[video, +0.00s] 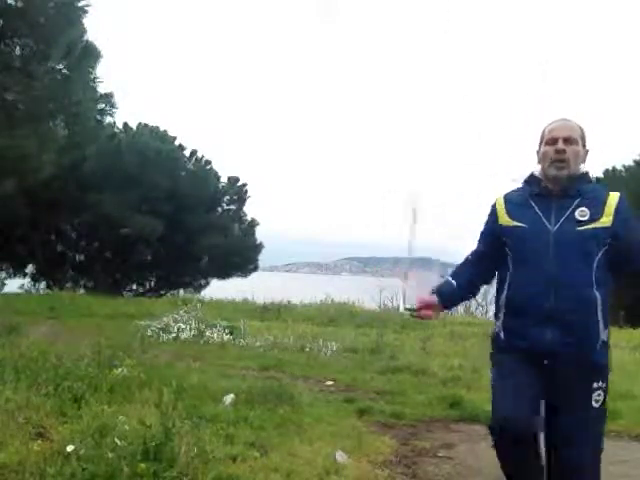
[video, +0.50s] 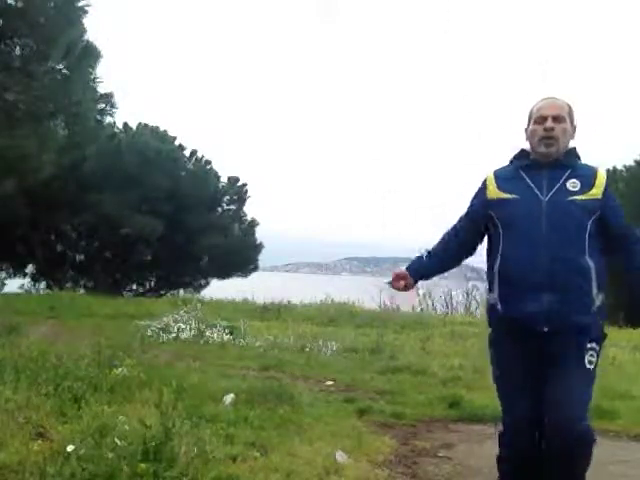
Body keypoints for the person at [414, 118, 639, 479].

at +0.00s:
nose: (559, 148)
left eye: (569, 142)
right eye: (551, 142)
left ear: (584, 154)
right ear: (539, 153)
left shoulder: (611, 206)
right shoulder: (508, 206)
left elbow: (630, 268)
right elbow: (481, 263)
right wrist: (441, 297)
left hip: (581, 353)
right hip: (516, 349)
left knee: (577, 456)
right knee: (510, 429)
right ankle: (527, 476)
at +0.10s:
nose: (552, 127)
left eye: (562, 121)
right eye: (545, 121)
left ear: (577, 131)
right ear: (532, 132)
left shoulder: (604, 181)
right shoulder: (503, 184)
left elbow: (631, 240)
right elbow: (469, 244)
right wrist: (429, 279)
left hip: (579, 330)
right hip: (515, 327)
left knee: (572, 437)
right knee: (520, 425)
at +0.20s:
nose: (544, 135)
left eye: (553, 129)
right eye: (536, 130)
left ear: (569, 139)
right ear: (524, 140)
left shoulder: (599, 188)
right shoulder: (497, 192)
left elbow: (632, 243)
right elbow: (461, 249)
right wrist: (416, 271)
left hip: (577, 334)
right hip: (513, 334)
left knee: (571, 437)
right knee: (521, 435)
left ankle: (565, 471)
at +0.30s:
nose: (538, 159)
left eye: (547, 152)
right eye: (530, 152)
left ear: (562, 164)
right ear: (517, 163)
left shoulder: (592, 212)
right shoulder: (490, 217)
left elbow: (627, 271)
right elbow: (462, 269)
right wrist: (423, 286)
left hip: (575, 356)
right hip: (511, 358)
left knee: (573, 441)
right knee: (516, 456)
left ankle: (568, 473)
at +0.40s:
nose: (542, 137)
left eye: (552, 131)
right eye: (534, 131)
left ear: (566, 142)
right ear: (522, 142)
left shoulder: (593, 195)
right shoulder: (492, 198)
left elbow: (625, 258)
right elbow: (461, 257)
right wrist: (419, 291)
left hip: (575, 342)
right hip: (510, 342)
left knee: (572, 437)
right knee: (515, 452)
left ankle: (569, 474)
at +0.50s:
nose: (548, 127)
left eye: (557, 120)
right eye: (540, 120)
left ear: (572, 130)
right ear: (528, 131)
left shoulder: (595, 184)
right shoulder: (497, 184)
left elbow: (627, 249)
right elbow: (460, 239)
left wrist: (630, 304)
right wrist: (415, 271)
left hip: (575, 328)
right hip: (512, 328)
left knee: (568, 428)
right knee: (519, 430)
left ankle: (565, 476)